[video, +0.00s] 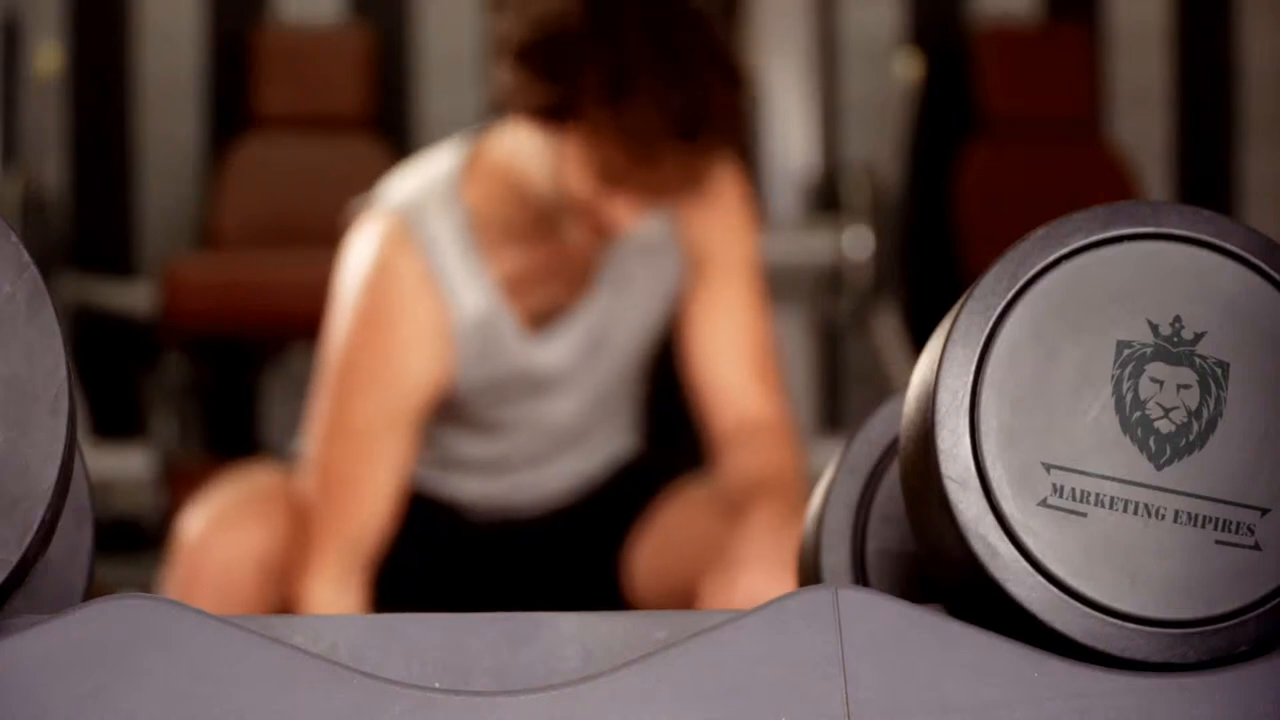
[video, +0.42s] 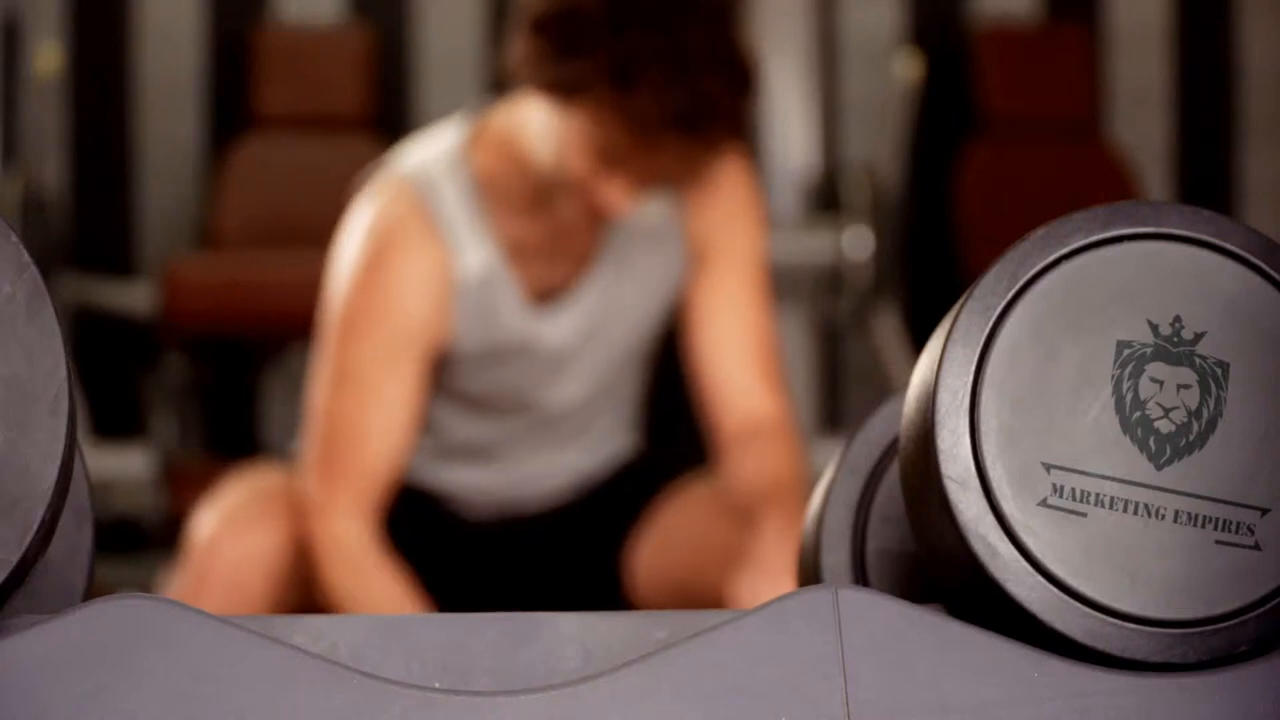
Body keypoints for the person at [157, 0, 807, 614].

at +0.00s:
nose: (632, 219)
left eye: (662, 190)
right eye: (610, 182)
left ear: (694, 160)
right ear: (548, 117)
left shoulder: (701, 185)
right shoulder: (408, 249)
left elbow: (753, 436)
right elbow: (336, 565)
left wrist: (765, 566)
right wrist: (345, 719)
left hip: (601, 524)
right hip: (416, 534)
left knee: (770, 533)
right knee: (229, 528)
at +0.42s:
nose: (621, 204)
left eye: (656, 179)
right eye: (607, 165)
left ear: (697, 153)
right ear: (553, 95)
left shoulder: (706, 176)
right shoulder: (407, 217)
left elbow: (754, 431)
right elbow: (338, 514)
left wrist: (773, 582)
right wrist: (447, 683)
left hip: (600, 521)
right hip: (418, 529)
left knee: (781, 537)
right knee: (240, 526)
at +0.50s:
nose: (622, 199)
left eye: (655, 175)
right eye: (606, 161)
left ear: (695, 146)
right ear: (553, 90)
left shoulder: (705, 175)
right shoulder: (402, 211)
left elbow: (753, 428)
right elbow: (340, 502)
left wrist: (779, 571)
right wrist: (449, 640)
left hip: (602, 515)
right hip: (417, 524)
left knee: (789, 539)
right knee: (245, 524)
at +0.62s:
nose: (613, 202)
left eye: (646, 177)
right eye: (597, 164)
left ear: (690, 148)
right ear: (545, 91)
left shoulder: (701, 175)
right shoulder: (385, 208)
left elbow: (755, 428)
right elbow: (341, 502)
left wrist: (777, 579)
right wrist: (509, 579)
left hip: (604, 519)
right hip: (412, 522)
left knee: (794, 524)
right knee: (245, 527)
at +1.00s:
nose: (588, 201)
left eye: (615, 174)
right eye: (573, 164)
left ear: (652, 137)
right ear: (509, 98)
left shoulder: (671, 173)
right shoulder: (328, 212)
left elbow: (747, 423)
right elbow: (340, 499)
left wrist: (790, 586)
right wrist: (489, 465)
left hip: (600, 522)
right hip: (400, 527)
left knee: (778, 540)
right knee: (235, 532)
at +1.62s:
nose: (600, 180)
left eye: (633, 153)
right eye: (584, 141)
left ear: (672, 119)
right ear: (527, 75)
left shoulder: (692, 171)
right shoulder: (369, 210)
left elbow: (750, 423)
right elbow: (341, 497)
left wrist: (797, 536)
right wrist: (497, 574)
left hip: (607, 512)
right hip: (423, 516)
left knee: (794, 533)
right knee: (241, 528)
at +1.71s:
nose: (605, 182)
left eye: (639, 155)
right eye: (588, 142)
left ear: (676, 122)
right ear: (527, 78)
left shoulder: (698, 174)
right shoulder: (380, 209)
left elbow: (752, 425)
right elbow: (344, 507)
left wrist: (802, 544)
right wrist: (436, 636)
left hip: (605, 512)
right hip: (415, 518)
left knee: (800, 542)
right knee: (241, 529)